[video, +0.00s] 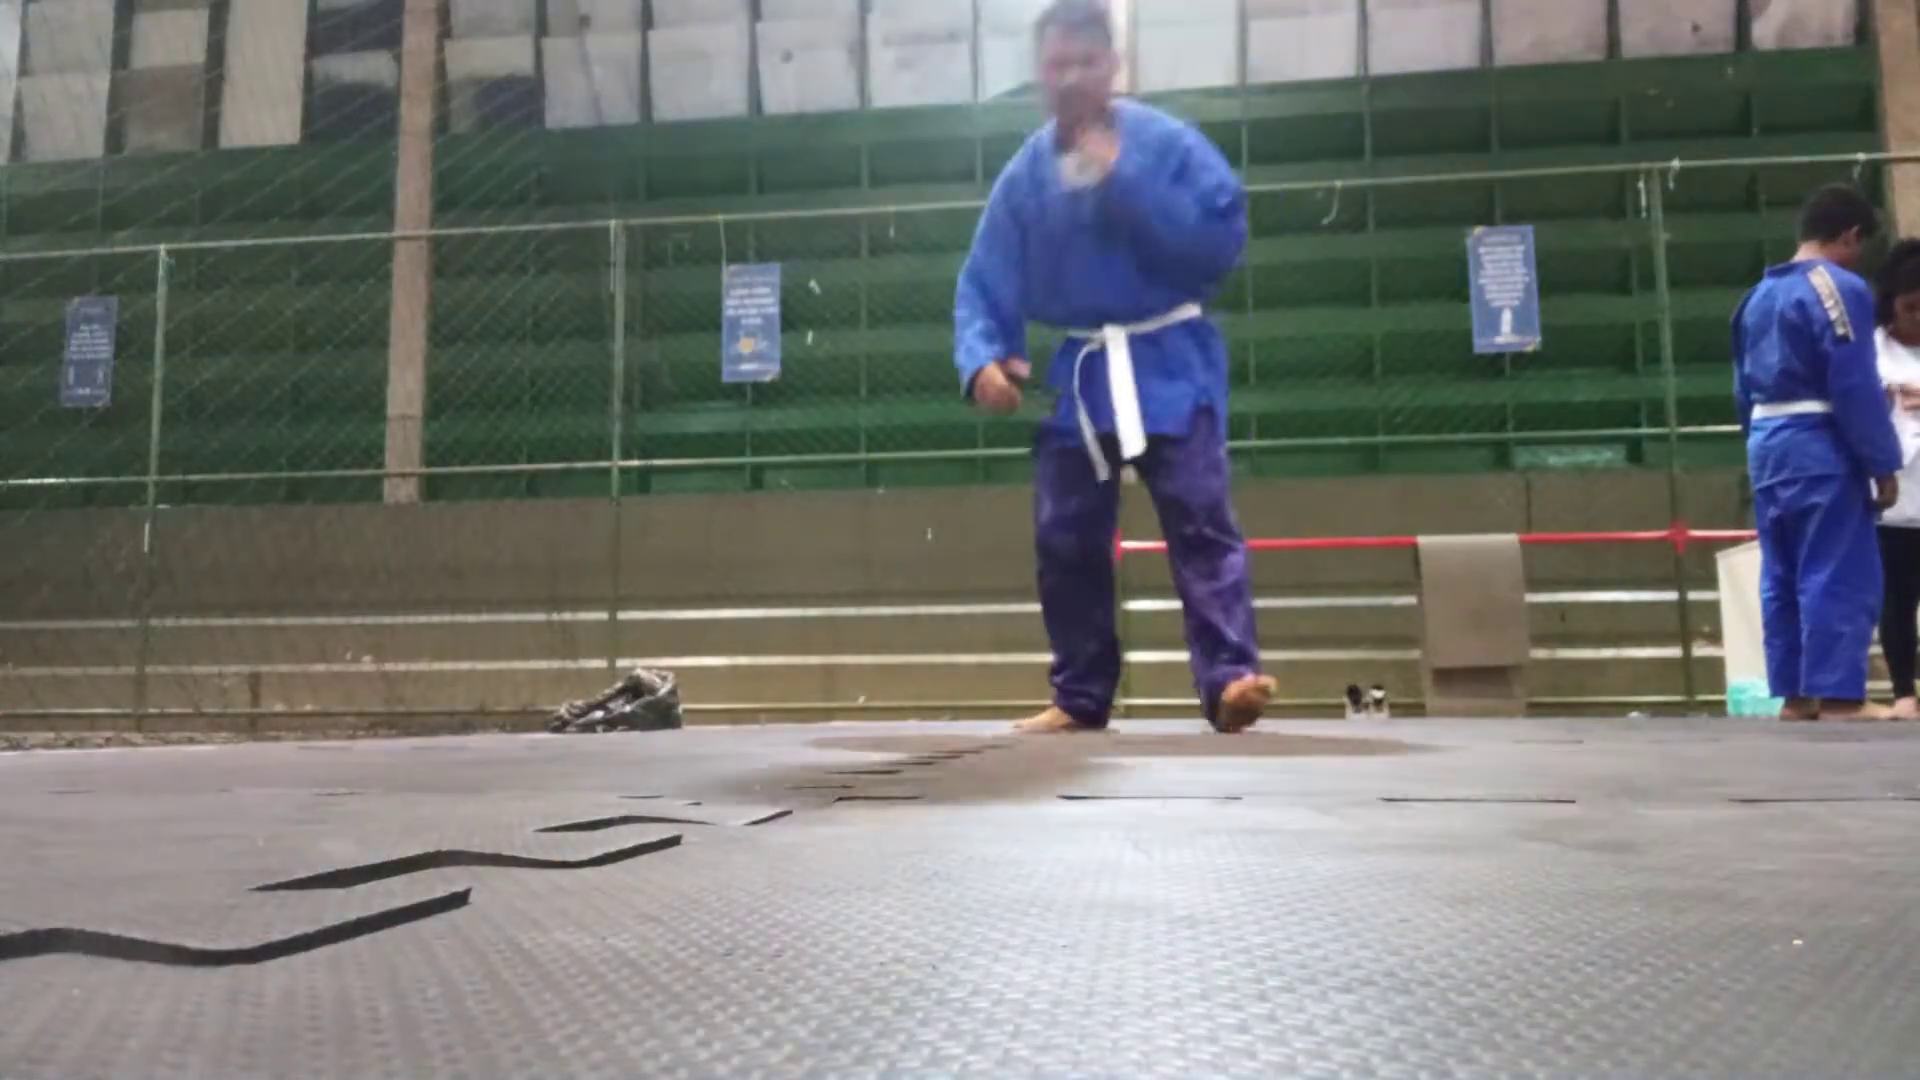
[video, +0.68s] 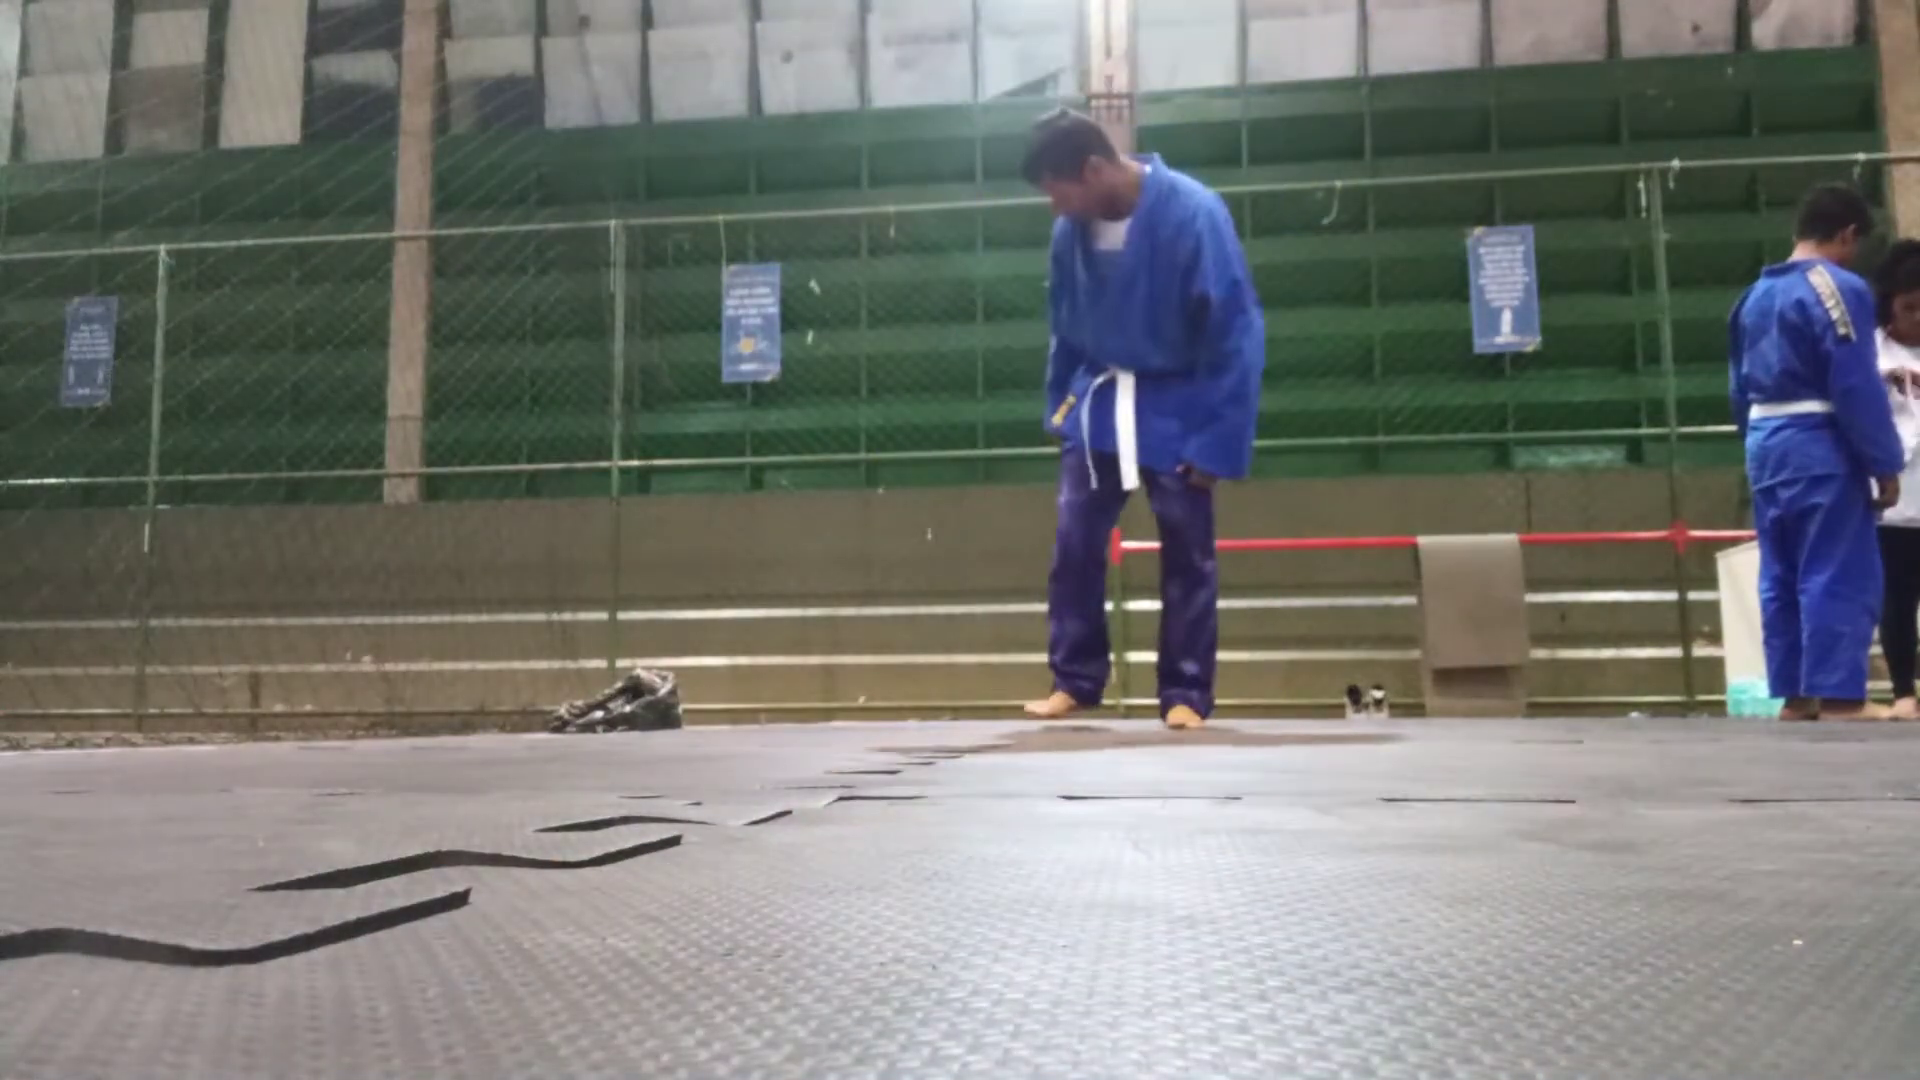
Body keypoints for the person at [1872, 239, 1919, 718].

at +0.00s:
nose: (1916, 316)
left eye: (1919, 306)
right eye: (1909, 306)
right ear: (1890, 305)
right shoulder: (1872, 347)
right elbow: (1852, 398)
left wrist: (1909, 395)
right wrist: (1890, 395)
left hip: (1914, 494)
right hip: (1894, 495)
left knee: (1907, 602)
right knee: (1899, 602)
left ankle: (1908, 689)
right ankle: (1904, 690)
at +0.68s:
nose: (1915, 317)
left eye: (1918, 307)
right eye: (1908, 307)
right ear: (1889, 307)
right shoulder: (1871, 348)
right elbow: (1846, 399)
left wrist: (1901, 382)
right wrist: (1880, 382)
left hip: (1914, 498)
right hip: (1893, 498)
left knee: (1907, 604)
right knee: (1898, 603)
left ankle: (1908, 689)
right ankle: (1904, 690)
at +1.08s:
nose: (1915, 317)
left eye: (1918, 307)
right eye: (1908, 307)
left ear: (1919, 308)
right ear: (1889, 308)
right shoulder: (1871, 350)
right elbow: (1855, 413)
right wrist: (1873, 468)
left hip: (1913, 496)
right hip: (1894, 497)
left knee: (1906, 604)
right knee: (1898, 604)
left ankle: (1908, 689)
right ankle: (1904, 690)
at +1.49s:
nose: (1914, 316)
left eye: (1917, 307)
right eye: (1907, 307)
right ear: (1889, 307)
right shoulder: (1872, 349)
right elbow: (1841, 397)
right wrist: (1866, 376)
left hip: (1912, 497)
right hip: (1894, 497)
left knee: (1906, 604)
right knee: (1898, 603)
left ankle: (1908, 688)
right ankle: (1904, 689)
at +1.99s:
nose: (1913, 317)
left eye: (1917, 307)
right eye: (1907, 307)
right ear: (1889, 307)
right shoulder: (1874, 352)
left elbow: (1865, 416)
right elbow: (1859, 414)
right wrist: (1874, 466)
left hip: (1912, 497)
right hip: (1895, 497)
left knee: (1906, 604)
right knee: (1898, 604)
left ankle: (1908, 689)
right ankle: (1904, 690)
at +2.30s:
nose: (1914, 317)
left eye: (1917, 307)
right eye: (1907, 307)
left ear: (1918, 307)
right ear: (1890, 306)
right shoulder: (1875, 352)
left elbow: (1866, 416)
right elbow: (1861, 414)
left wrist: (1879, 464)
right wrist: (1876, 466)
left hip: (1912, 498)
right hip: (1895, 498)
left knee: (1906, 604)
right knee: (1898, 604)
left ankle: (1907, 689)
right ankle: (1903, 690)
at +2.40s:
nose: (1916, 316)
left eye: (1917, 305)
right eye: (1910, 305)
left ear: (1910, 308)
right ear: (1890, 307)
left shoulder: (1887, 358)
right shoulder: (1877, 356)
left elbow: (1868, 417)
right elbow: (1864, 415)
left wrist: (1880, 465)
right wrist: (1879, 467)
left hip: (1911, 500)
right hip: (1896, 501)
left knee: (1905, 605)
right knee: (1898, 605)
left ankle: (1907, 689)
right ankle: (1903, 690)